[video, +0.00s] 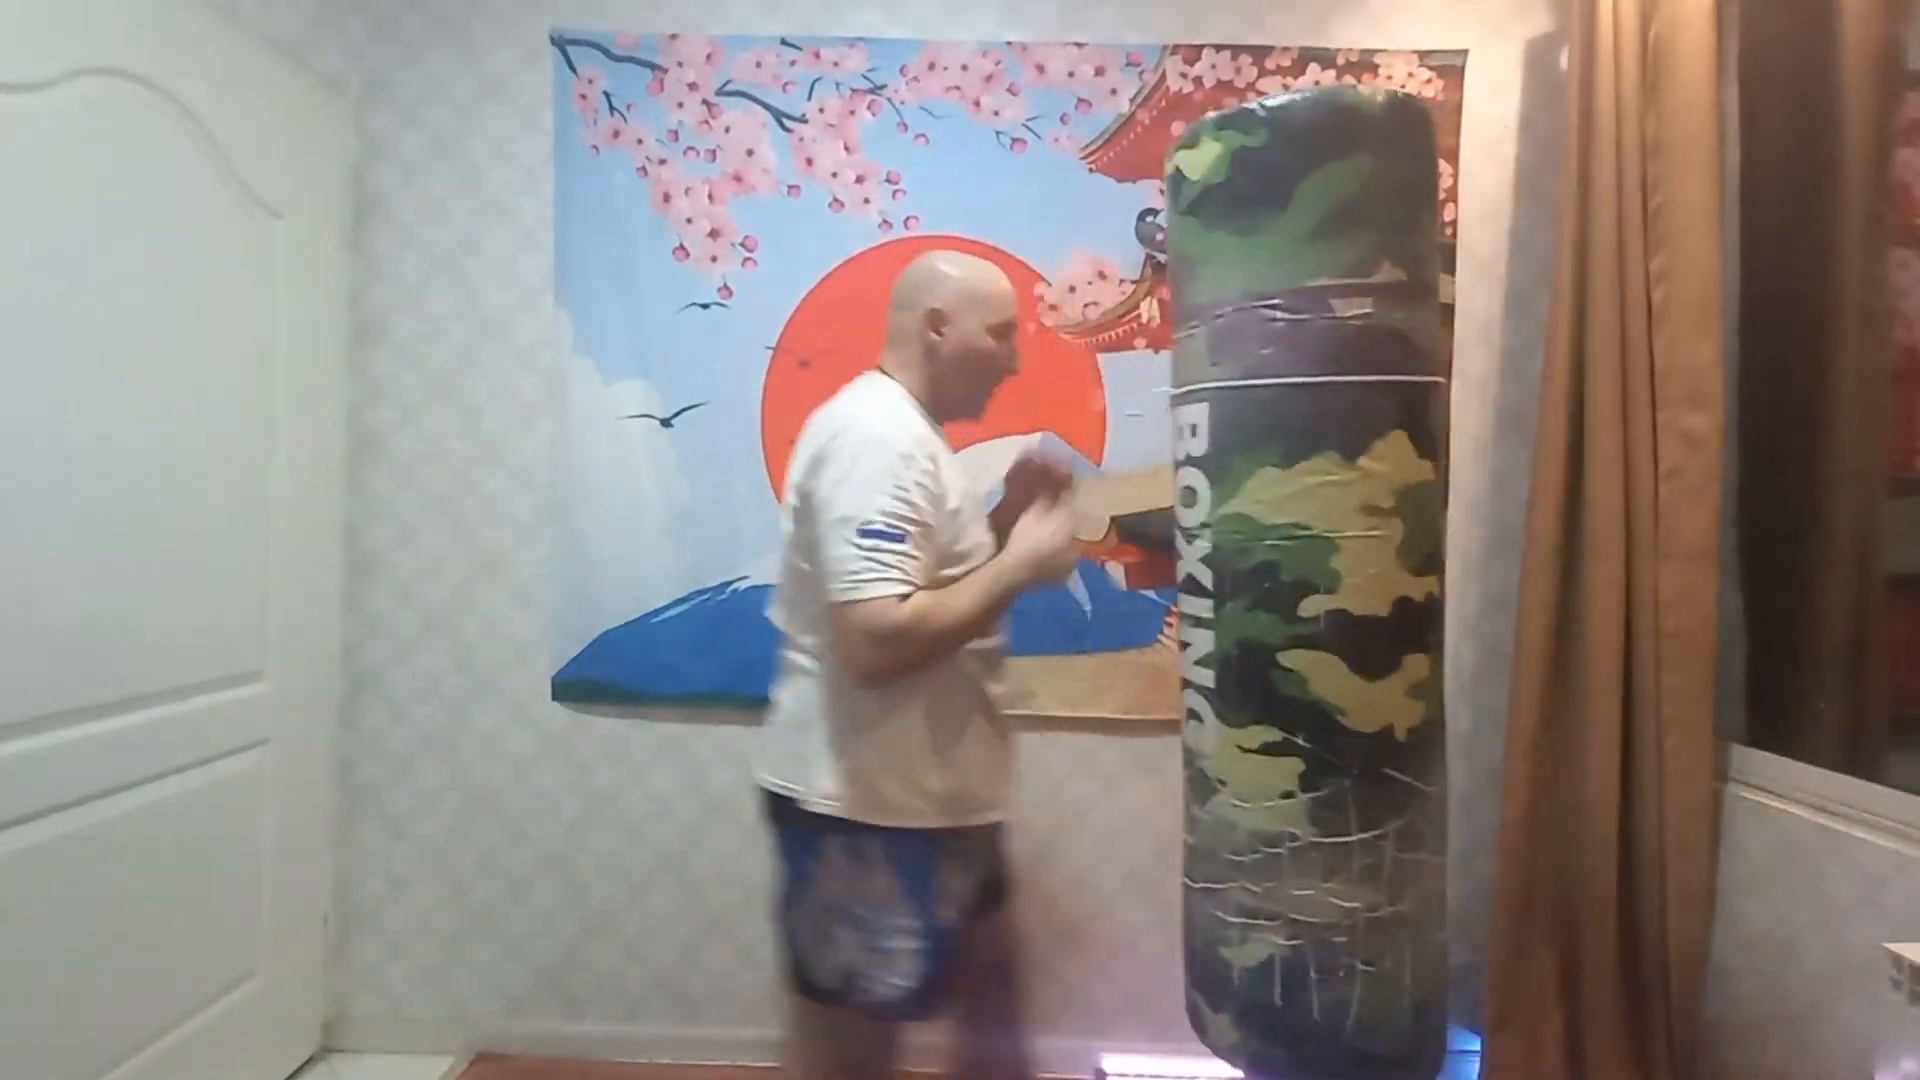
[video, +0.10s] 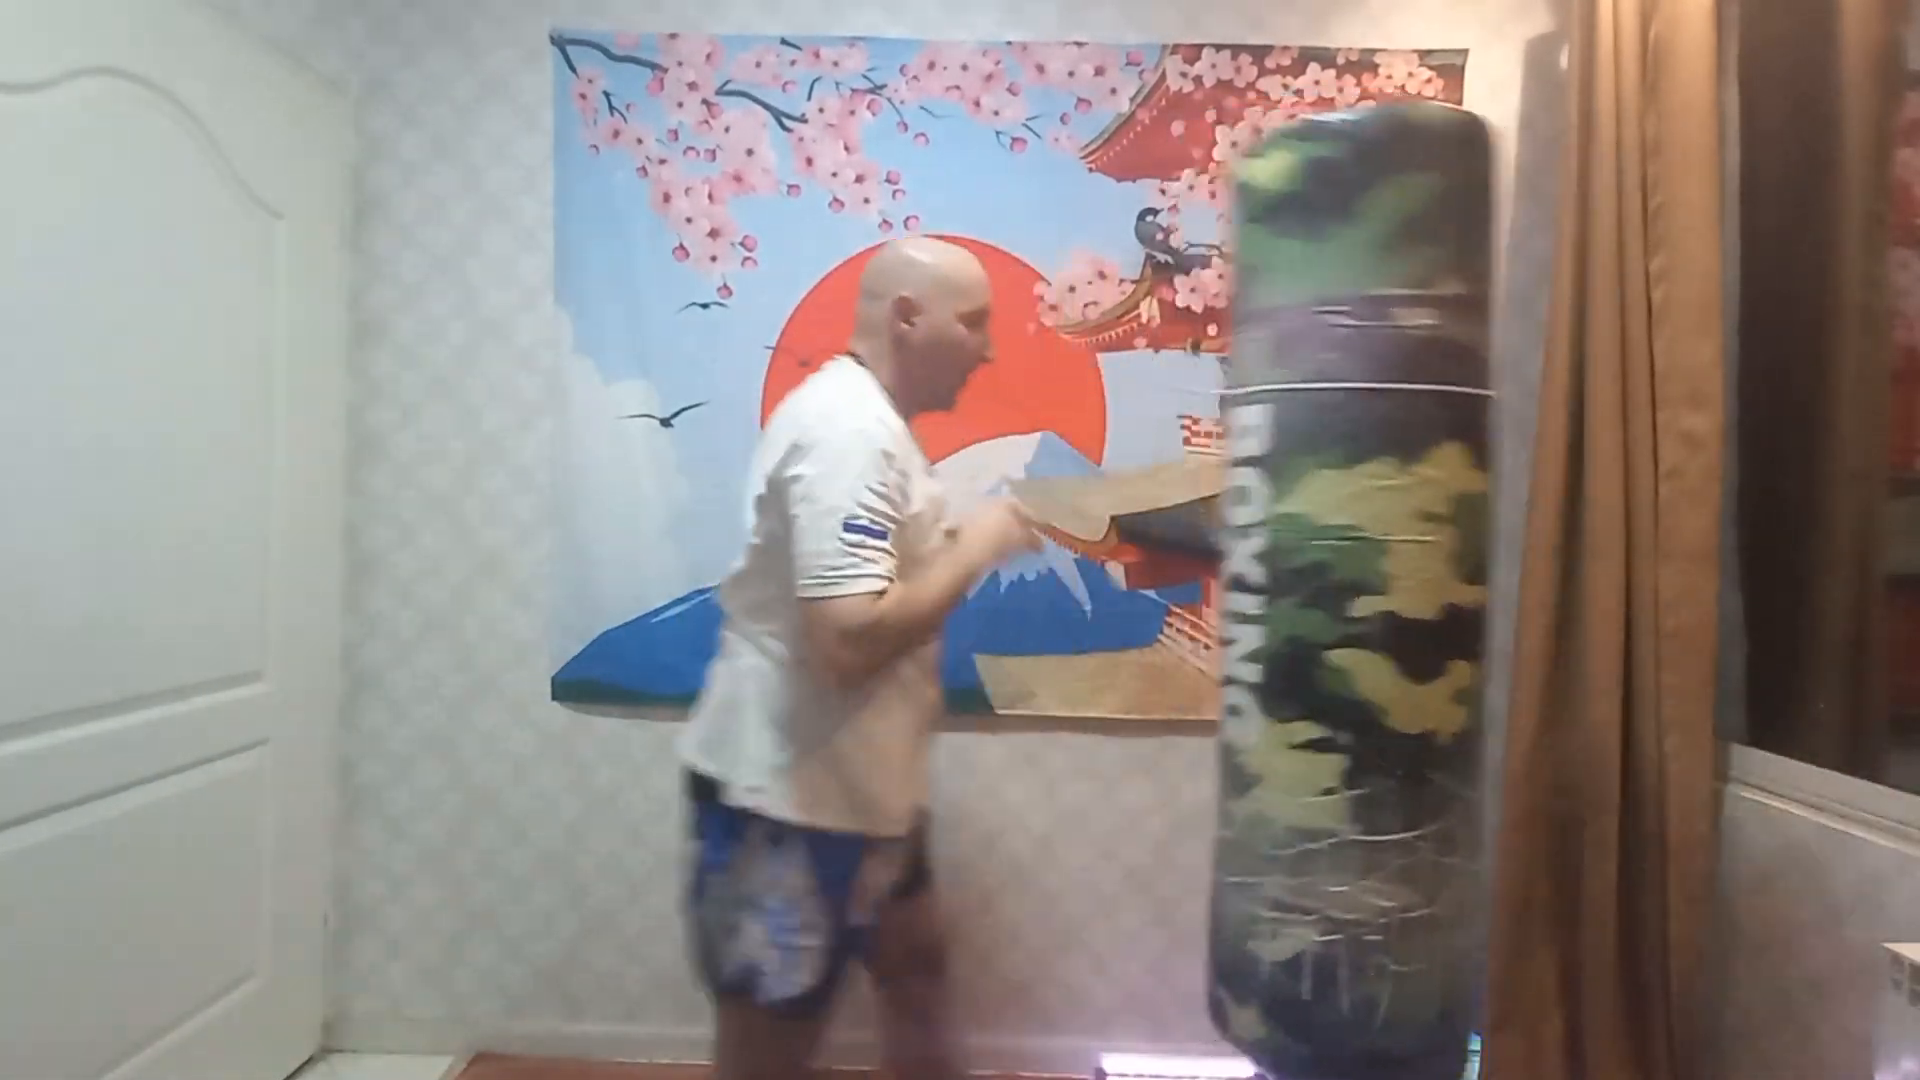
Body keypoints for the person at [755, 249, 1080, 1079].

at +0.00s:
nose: (1014, 357)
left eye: (1014, 334)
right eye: (999, 333)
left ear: (936, 331)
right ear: (934, 328)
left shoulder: (908, 437)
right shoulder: (873, 435)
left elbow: (930, 593)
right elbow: (873, 643)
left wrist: (1006, 516)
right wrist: (1020, 564)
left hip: (936, 807)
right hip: (864, 814)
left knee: (990, 1046)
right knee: (846, 1058)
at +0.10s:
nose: (988, 349)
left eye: (987, 325)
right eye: (974, 323)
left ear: (906, 321)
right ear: (908, 319)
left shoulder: (874, 424)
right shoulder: (842, 427)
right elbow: (846, 644)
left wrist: (961, 539)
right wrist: (975, 548)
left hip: (865, 791)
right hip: (786, 800)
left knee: (916, 983)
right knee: (766, 1056)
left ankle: (926, 1070)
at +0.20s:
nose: (944, 341)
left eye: (944, 317)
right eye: (928, 316)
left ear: (862, 310)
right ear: (859, 308)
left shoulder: (832, 411)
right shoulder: (797, 413)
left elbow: (866, 541)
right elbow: (861, 615)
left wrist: (943, 486)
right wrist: (985, 498)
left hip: (815, 767)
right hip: (742, 787)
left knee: (861, 945)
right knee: (741, 1048)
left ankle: (818, 1069)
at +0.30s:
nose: (892, 339)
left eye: (892, 315)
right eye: (875, 312)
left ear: (809, 308)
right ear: (802, 304)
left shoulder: (784, 405)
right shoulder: (751, 403)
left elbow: (873, 570)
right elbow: (875, 581)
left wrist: (916, 449)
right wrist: (1032, 476)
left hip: (763, 769)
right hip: (713, 782)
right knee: (721, 1037)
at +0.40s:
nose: (848, 342)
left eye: (848, 320)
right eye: (832, 318)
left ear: (764, 314)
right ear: (760, 311)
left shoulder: (739, 399)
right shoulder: (732, 402)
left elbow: (838, 561)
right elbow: (827, 580)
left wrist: (882, 443)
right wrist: (967, 491)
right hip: (702, 789)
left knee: (656, 1014)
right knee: (727, 1035)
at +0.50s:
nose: (819, 350)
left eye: (818, 329)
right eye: (805, 327)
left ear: (731, 324)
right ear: (738, 321)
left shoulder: (674, 401)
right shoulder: (720, 421)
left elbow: (769, 568)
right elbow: (760, 604)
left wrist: (825, 481)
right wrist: (872, 501)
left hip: (620, 765)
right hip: (689, 786)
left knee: (612, 996)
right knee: (756, 1028)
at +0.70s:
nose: (789, 341)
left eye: (788, 320)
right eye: (774, 319)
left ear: (698, 317)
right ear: (710, 315)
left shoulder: (617, 385)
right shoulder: (718, 401)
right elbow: (863, 496)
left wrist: (770, 412)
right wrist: (931, 392)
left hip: (561, 741)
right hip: (668, 760)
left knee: (581, 973)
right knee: (717, 1004)